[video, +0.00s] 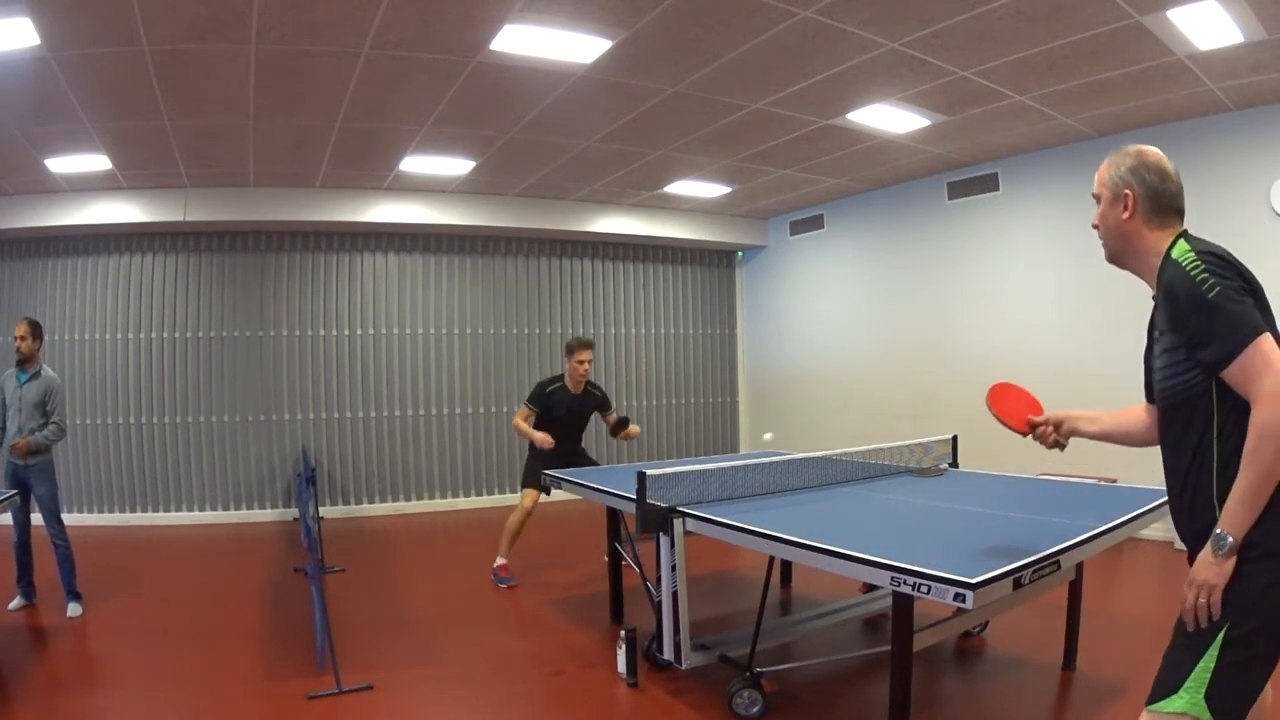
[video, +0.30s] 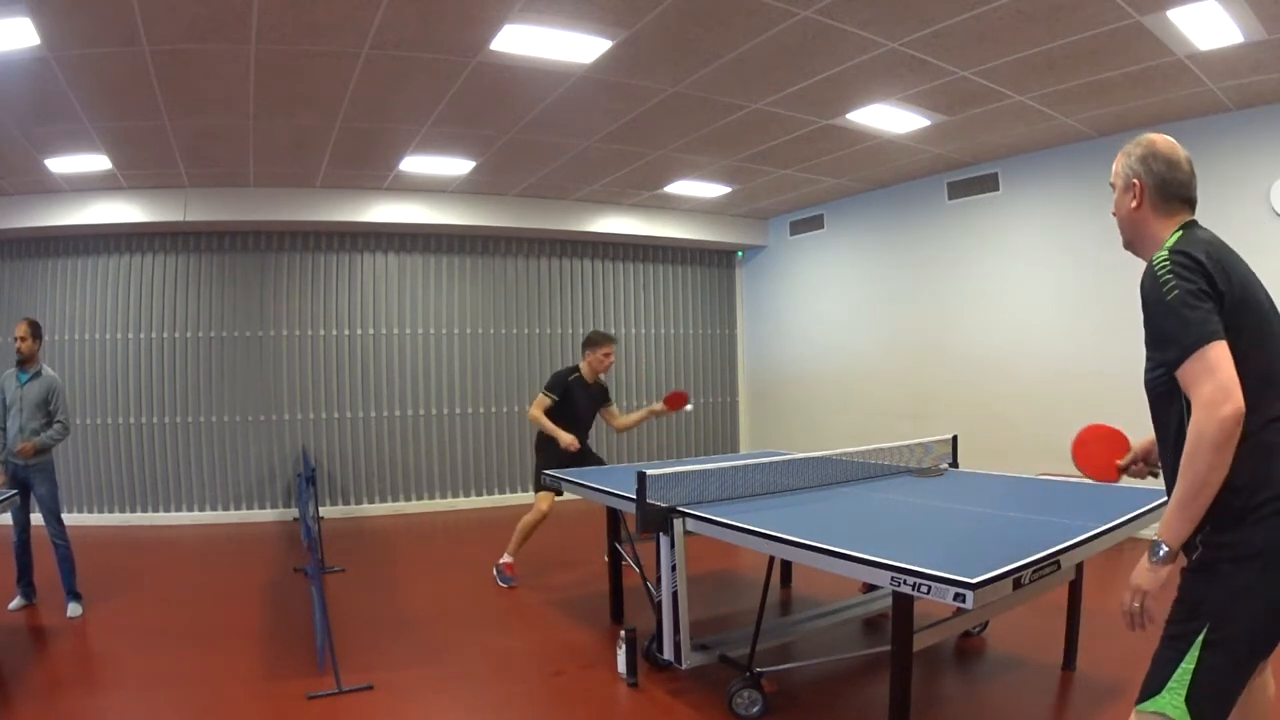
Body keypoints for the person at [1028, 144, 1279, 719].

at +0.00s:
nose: (1093, 220)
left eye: (1097, 203)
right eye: (1093, 204)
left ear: (1126, 206)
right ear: (1133, 207)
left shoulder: (1192, 275)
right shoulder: (1175, 285)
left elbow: (1274, 399)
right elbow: (1170, 420)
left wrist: (1221, 545)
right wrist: (1072, 423)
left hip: (1252, 562)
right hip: (1238, 558)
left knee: (1175, 713)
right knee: (1192, 710)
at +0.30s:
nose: (1111, 207)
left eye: (1113, 191)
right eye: (1112, 192)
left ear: (1134, 194)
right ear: (1180, 192)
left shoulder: (1170, 269)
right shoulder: (1215, 256)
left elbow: (1220, 410)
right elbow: (1250, 391)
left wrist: (1163, 550)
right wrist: (1164, 441)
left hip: (1240, 549)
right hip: (1264, 535)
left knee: (1163, 711)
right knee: (1244, 679)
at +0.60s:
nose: (1133, 252)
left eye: (1139, 235)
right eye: (1134, 236)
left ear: (1166, 239)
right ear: (1176, 239)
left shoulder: (1209, 305)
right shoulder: (1224, 297)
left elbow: (1262, 433)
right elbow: (1227, 445)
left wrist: (1200, 550)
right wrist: (1154, 511)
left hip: (1265, 555)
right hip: (1264, 549)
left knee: (1185, 708)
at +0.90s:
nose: (1118, 222)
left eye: (1125, 204)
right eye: (1120, 206)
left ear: (1160, 211)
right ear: (1160, 213)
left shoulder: (1228, 283)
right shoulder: (1175, 315)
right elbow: (1107, 401)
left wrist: (1267, 545)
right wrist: (1024, 399)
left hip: (1264, 561)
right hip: (1243, 558)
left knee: (1204, 713)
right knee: (1224, 711)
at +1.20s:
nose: (1116, 226)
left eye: (1123, 207)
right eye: (1118, 208)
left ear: (1153, 212)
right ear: (1161, 212)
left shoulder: (1199, 286)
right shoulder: (1219, 275)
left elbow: (1266, 417)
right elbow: (1226, 428)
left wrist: (1214, 564)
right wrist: (1138, 465)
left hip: (1259, 567)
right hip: (1261, 560)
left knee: (1184, 711)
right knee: (1208, 707)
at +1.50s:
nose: (1118, 273)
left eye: (1126, 255)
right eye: (1120, 257)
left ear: (1163, 257)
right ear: (1161, 260)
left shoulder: (1231, 329)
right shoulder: (1191, 359)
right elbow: (1177, 496)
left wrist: (1225, 586)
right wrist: (1106, 560)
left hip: (1275, 583)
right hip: (1259, 580)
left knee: (1188, 713)